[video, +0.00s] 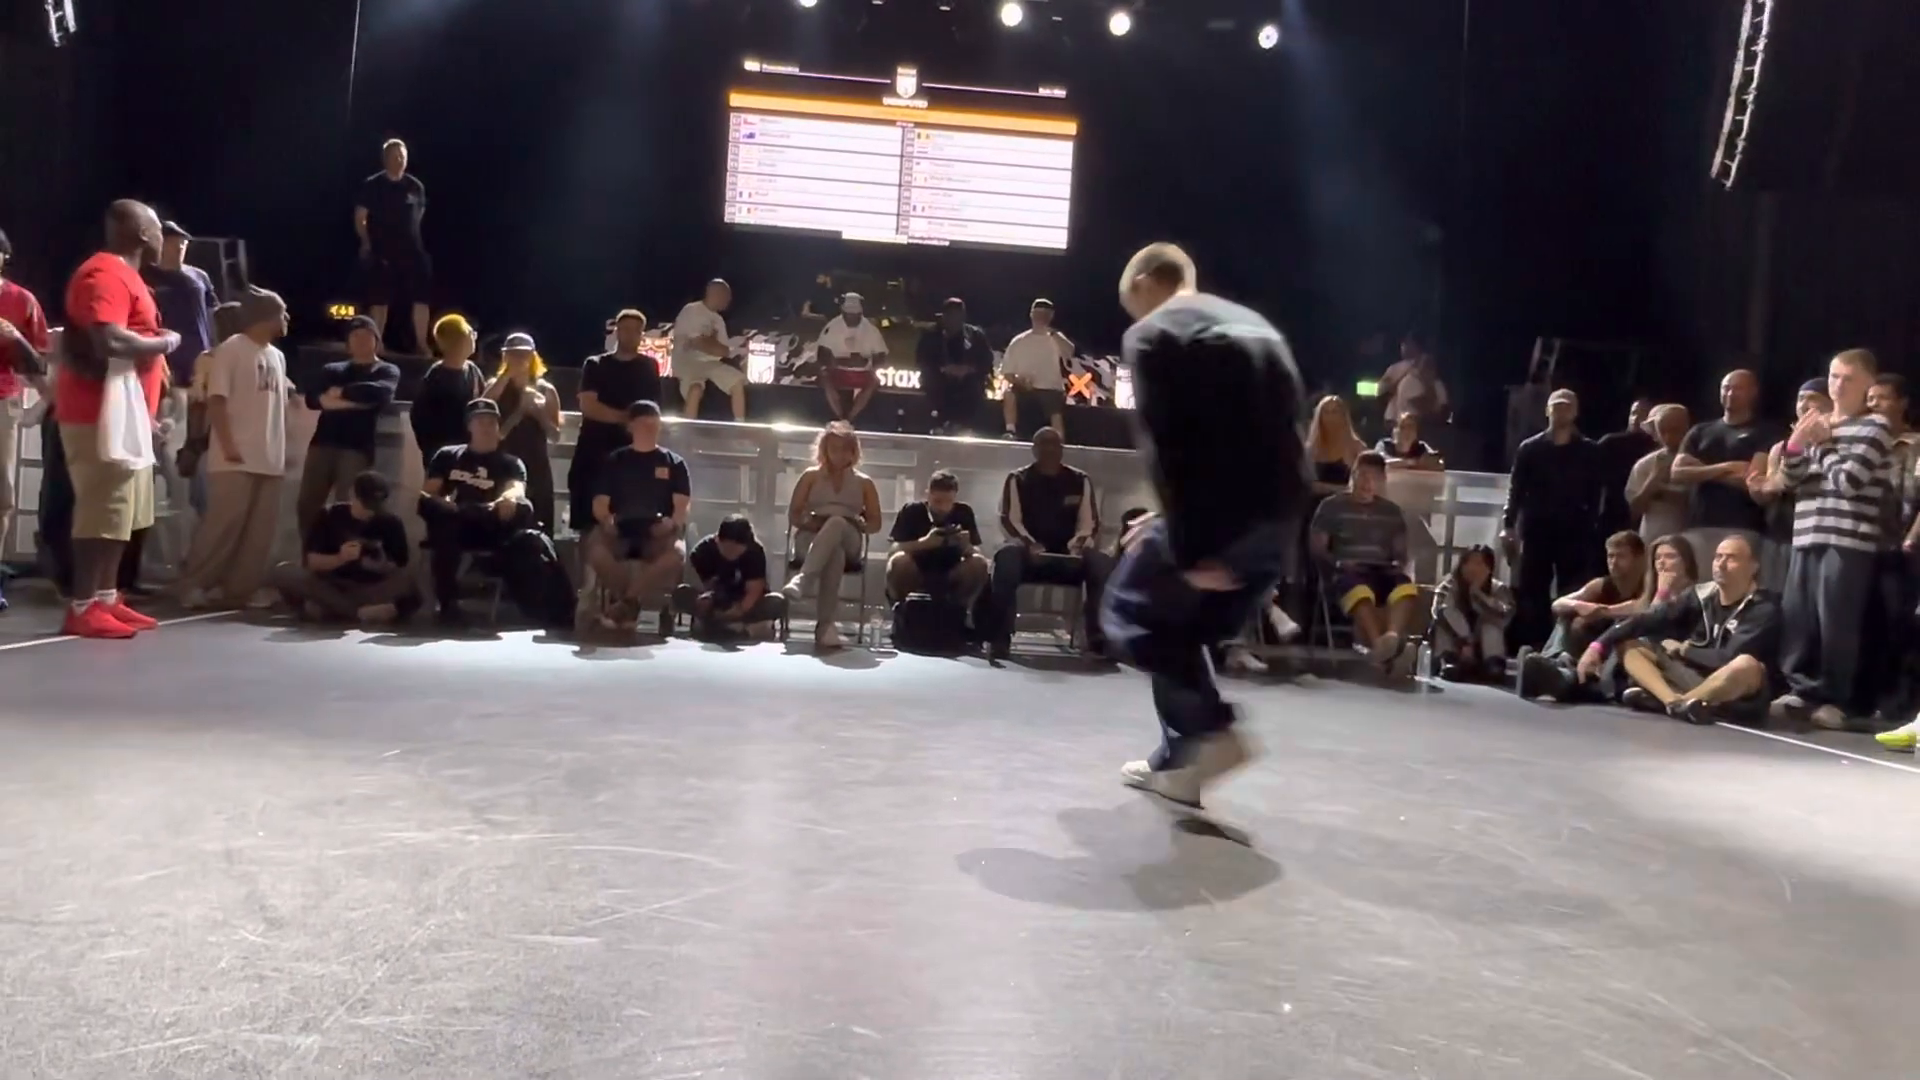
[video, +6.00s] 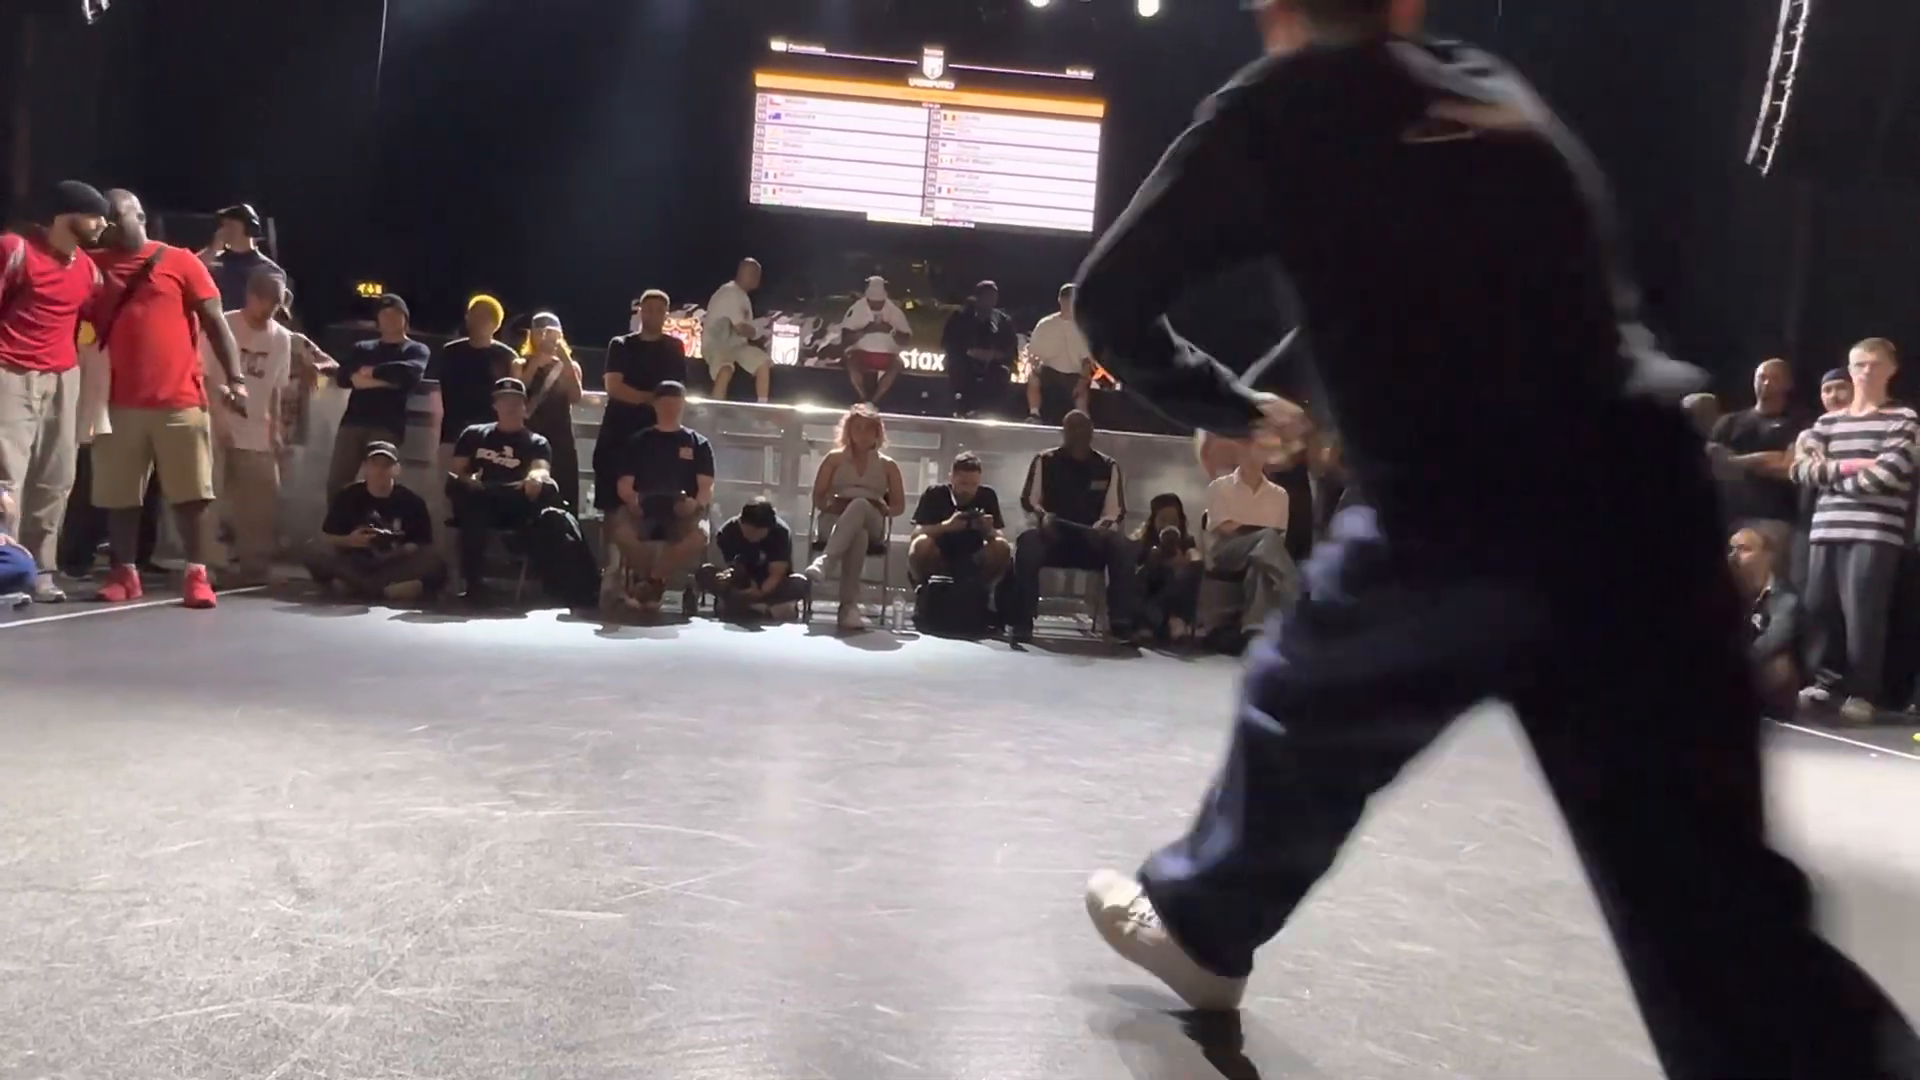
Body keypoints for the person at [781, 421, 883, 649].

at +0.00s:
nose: (840, 454)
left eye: (846, 449)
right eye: (835, 449)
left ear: (854, 452)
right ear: (824, 450)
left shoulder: (864, 483)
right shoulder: (811, 477)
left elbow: (875, 524)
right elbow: (795, 516)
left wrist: (852, 522)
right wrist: (819, 526)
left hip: (850, 545)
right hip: (810, 540)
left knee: (836, 523)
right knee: (835, 552)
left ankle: (802, 578)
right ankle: (825, 626)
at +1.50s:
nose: (867, 437)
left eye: (872, 431)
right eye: (860, 431)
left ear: (880, 435)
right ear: (850, 433)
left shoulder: (889, 466)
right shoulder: (837, 459)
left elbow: (899, 507)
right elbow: (819, 497)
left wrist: (874, 505)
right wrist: (845, 508)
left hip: (874, 527)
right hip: (835, 522)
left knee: (860, 504)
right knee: (859, 533)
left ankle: (826, 560)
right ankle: (849, 608)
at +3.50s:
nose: (877, 426)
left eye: (882, 421)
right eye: (871, 420)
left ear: (889, 425)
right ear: (860, 423)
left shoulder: (899, 457)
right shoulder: (846, 449)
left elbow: (909, 498)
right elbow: (829, 488)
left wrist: (885, 495)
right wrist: (851, 497)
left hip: (884, 517)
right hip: (844, 513)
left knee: (870, 496)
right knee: (869, 525)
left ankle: (835, 551)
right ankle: (858, 599)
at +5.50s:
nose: (871, 431)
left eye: (878, 426)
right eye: (866, 425)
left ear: (886, 430)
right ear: (856, 428)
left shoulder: (895, 463)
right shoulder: (842, 455)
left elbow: (906, 503)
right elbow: (826, 494)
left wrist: (888, 505)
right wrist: (846, 502)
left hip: (881, 522)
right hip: (841, 518)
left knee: (867, 501)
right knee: (866, 531)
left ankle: (832, 557)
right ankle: (855, 605)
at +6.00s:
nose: (864, 434)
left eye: (870, 428)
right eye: (858, 428)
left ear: (878, 433)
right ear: (848, 431)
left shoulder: (888, 466)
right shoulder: (834, 459)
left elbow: (898, 506)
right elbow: (819, 499)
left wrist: (881, 509)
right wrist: (839, 506)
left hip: (873, 526)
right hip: (833, 521)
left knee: (859, 504)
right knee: (859, 535)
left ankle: (825, 561)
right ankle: (848, 607)